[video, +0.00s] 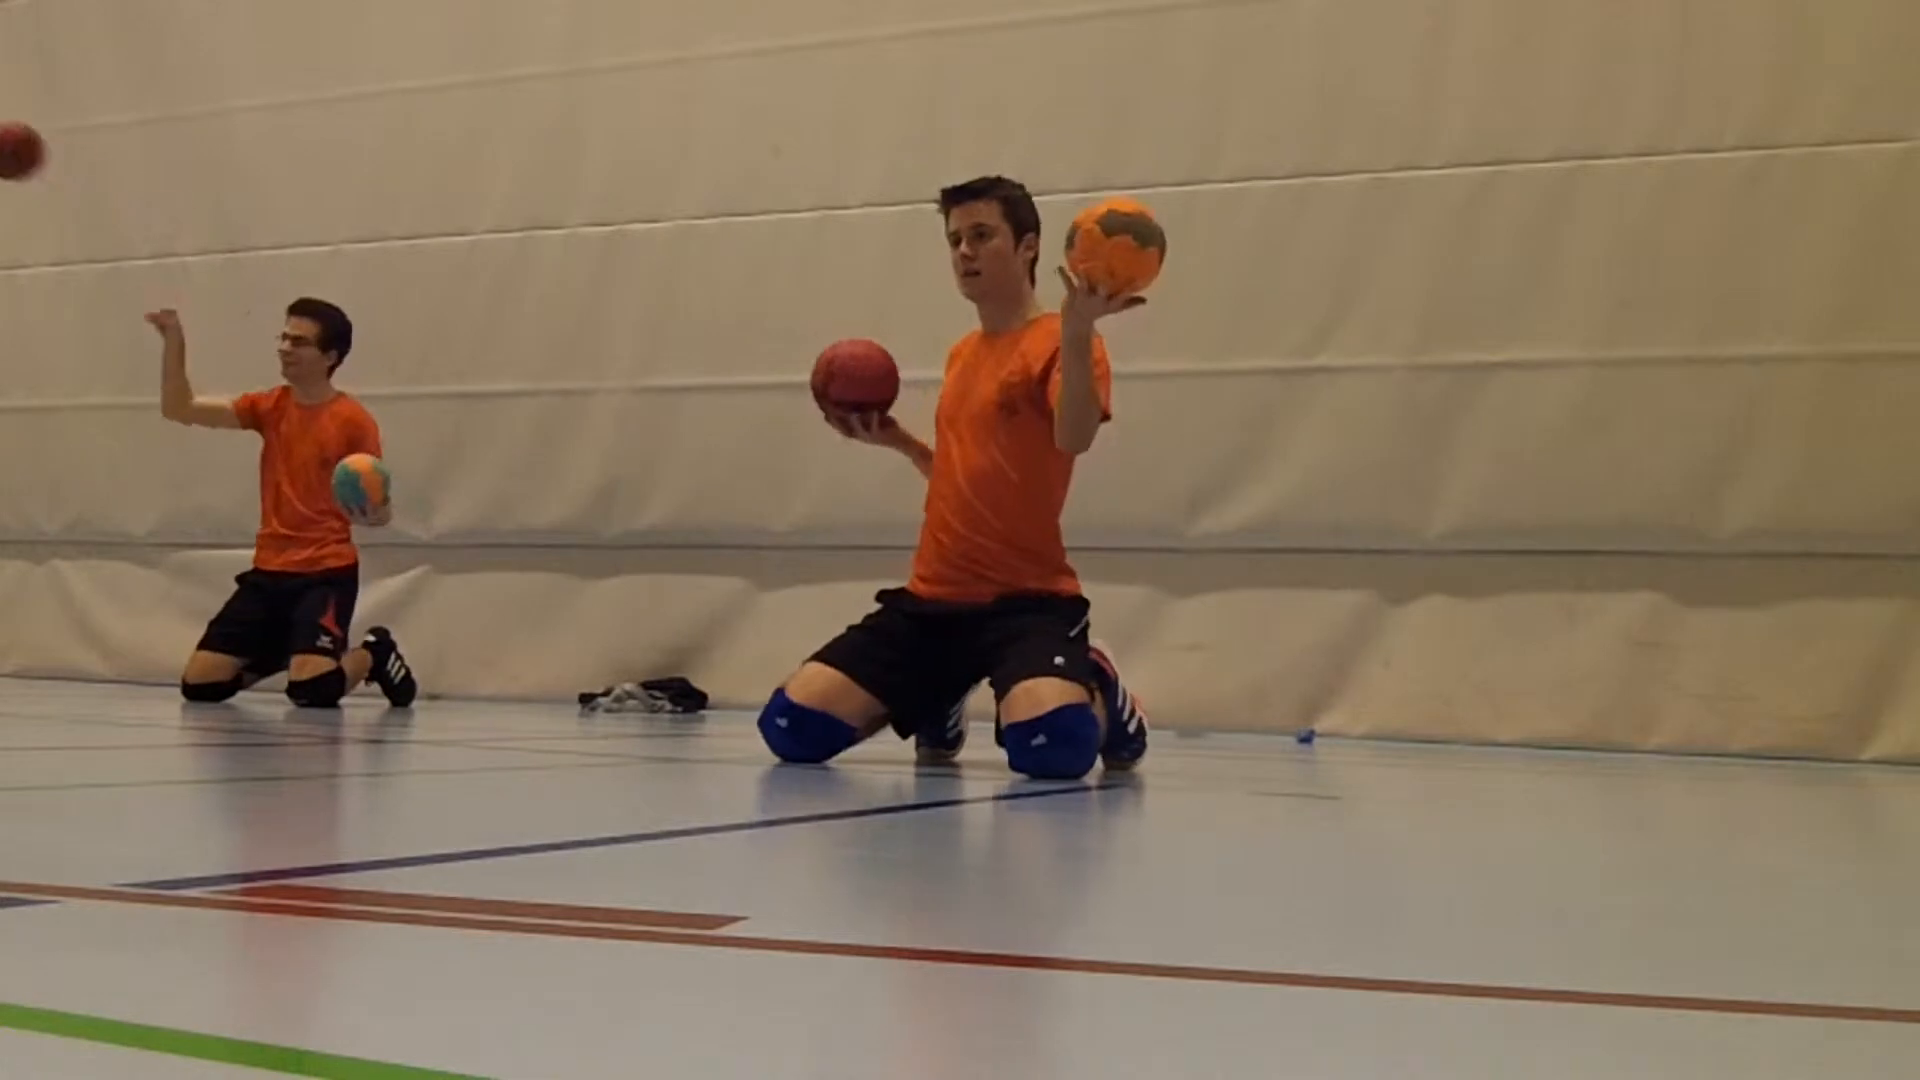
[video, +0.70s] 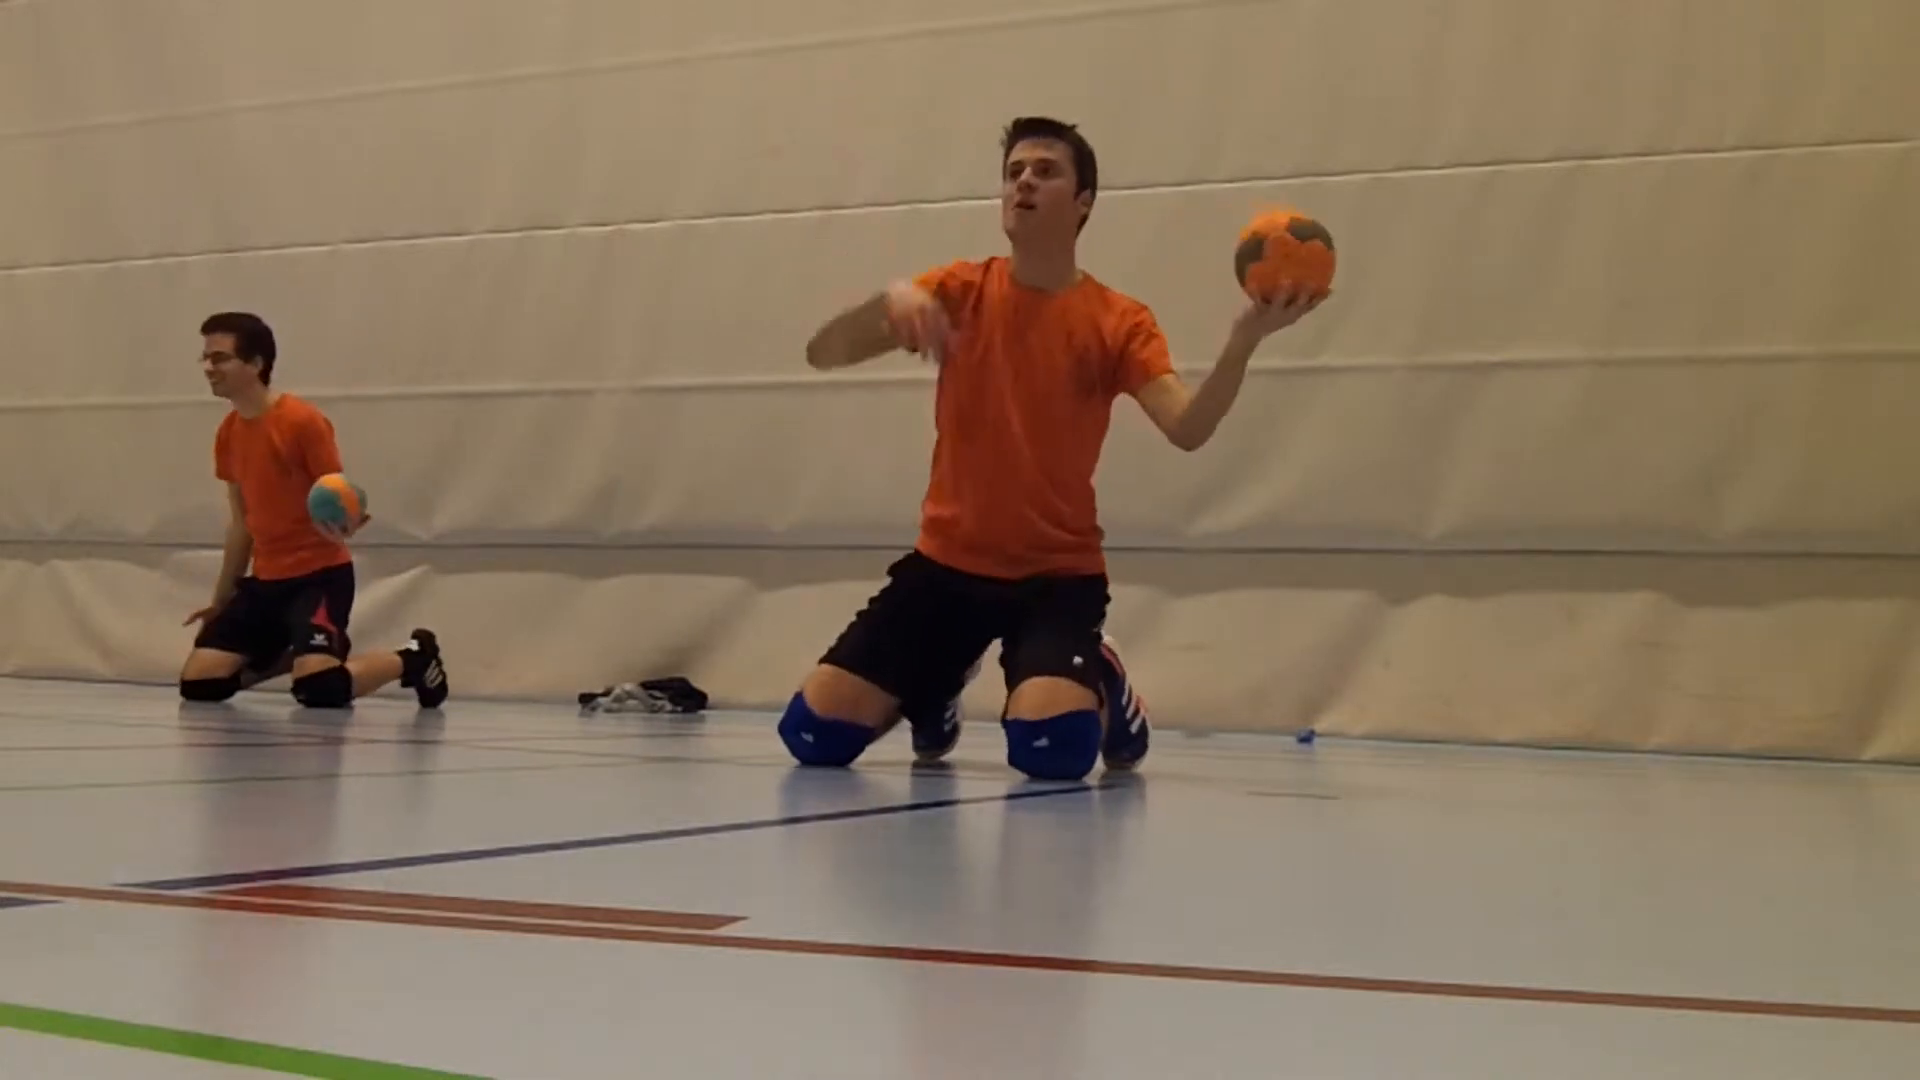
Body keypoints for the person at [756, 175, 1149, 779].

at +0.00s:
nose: (963, 253)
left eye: (981, 235)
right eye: (955, 240)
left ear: (1028, 249)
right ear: (948, 254)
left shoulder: (1064, 341)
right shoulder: (965, 353)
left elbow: (1074, 437)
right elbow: (964, 482)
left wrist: (1076, 328)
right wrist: (899, 439)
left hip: (1028, 607)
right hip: (930, 605)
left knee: (1049, 753)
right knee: (790, 731)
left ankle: (1096, 685)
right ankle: (928, 689)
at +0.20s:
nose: (980, 249)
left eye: (999, 234)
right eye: (971, 235)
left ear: (1042, 252)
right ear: (962, 247)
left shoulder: (1077, 346)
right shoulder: (951, 360)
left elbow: (1112, 431)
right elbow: (859, 456)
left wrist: (1124, 326)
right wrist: (848, 340)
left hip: (1050, 610)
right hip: (945, 607)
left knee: (1054, 749)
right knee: (814, 734)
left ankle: (1106, 689)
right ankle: (932, 691)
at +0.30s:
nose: (996, 238)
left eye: (1018, 227)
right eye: (987, 224)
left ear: (1056, 250)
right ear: (975, 241)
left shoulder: (1091, 352)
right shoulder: (940, 351)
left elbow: (1129, 436)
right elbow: (819, 401)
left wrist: (1149, 329)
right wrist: (838, 274)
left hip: (1056, 609)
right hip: (948, 604)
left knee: (1046, 749)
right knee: (809, 736)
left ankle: (1110, 688)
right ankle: (928, 692)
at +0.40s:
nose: (1010, 228)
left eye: (1032, 217)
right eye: (1001, 214)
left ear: (1067, 246)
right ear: (986, 230)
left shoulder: (1095, 351)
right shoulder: (943, 324)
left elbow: (1148, 433)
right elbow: (823, 287)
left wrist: (1174, 332)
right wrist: (783, 161)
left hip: (1057, 605)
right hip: (947, 599)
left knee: (1046, 751)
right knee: (810, 735)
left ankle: (1110, 687)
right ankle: (930, 690)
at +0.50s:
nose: (1015, 203)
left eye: (1037, 194)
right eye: (1006, 192)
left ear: (1071, 224)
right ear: (989, 216)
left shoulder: (1098, 335)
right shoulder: (951, 297)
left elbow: (1161, 427)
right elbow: (853, 225)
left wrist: (1194, 330)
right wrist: (847, 135)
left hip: (1054, 589)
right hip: (946, 581)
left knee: (1050, 751)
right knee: (808, 737)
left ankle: (1108, 684)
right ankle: (934, 683)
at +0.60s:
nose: (1022, 185)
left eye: (1043, 174)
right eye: (1011, 175)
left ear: (1078, 208)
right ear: (996, 201)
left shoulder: (1110, 323)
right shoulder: (954, 287)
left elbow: (1174, 423)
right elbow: (832, 276)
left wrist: (1219, 328)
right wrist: (894, 203)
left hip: (1054, 578)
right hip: (943, 568)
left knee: (1048, 754)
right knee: (809, 739)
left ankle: (1102, 683)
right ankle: (929, 676)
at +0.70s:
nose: (1024, 184)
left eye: (1046, 173)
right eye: (1014, 173)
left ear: (1083, 204)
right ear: (999, 199)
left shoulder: (1117, 321)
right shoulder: (956, 291)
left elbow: (1188, 427)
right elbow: (824, 352)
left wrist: (1245, 336)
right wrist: (889, 305)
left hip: (1058, 576)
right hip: (946, 564)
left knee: (1049, 757)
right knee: (811, 739)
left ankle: (1100, 681)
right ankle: (930, 680)